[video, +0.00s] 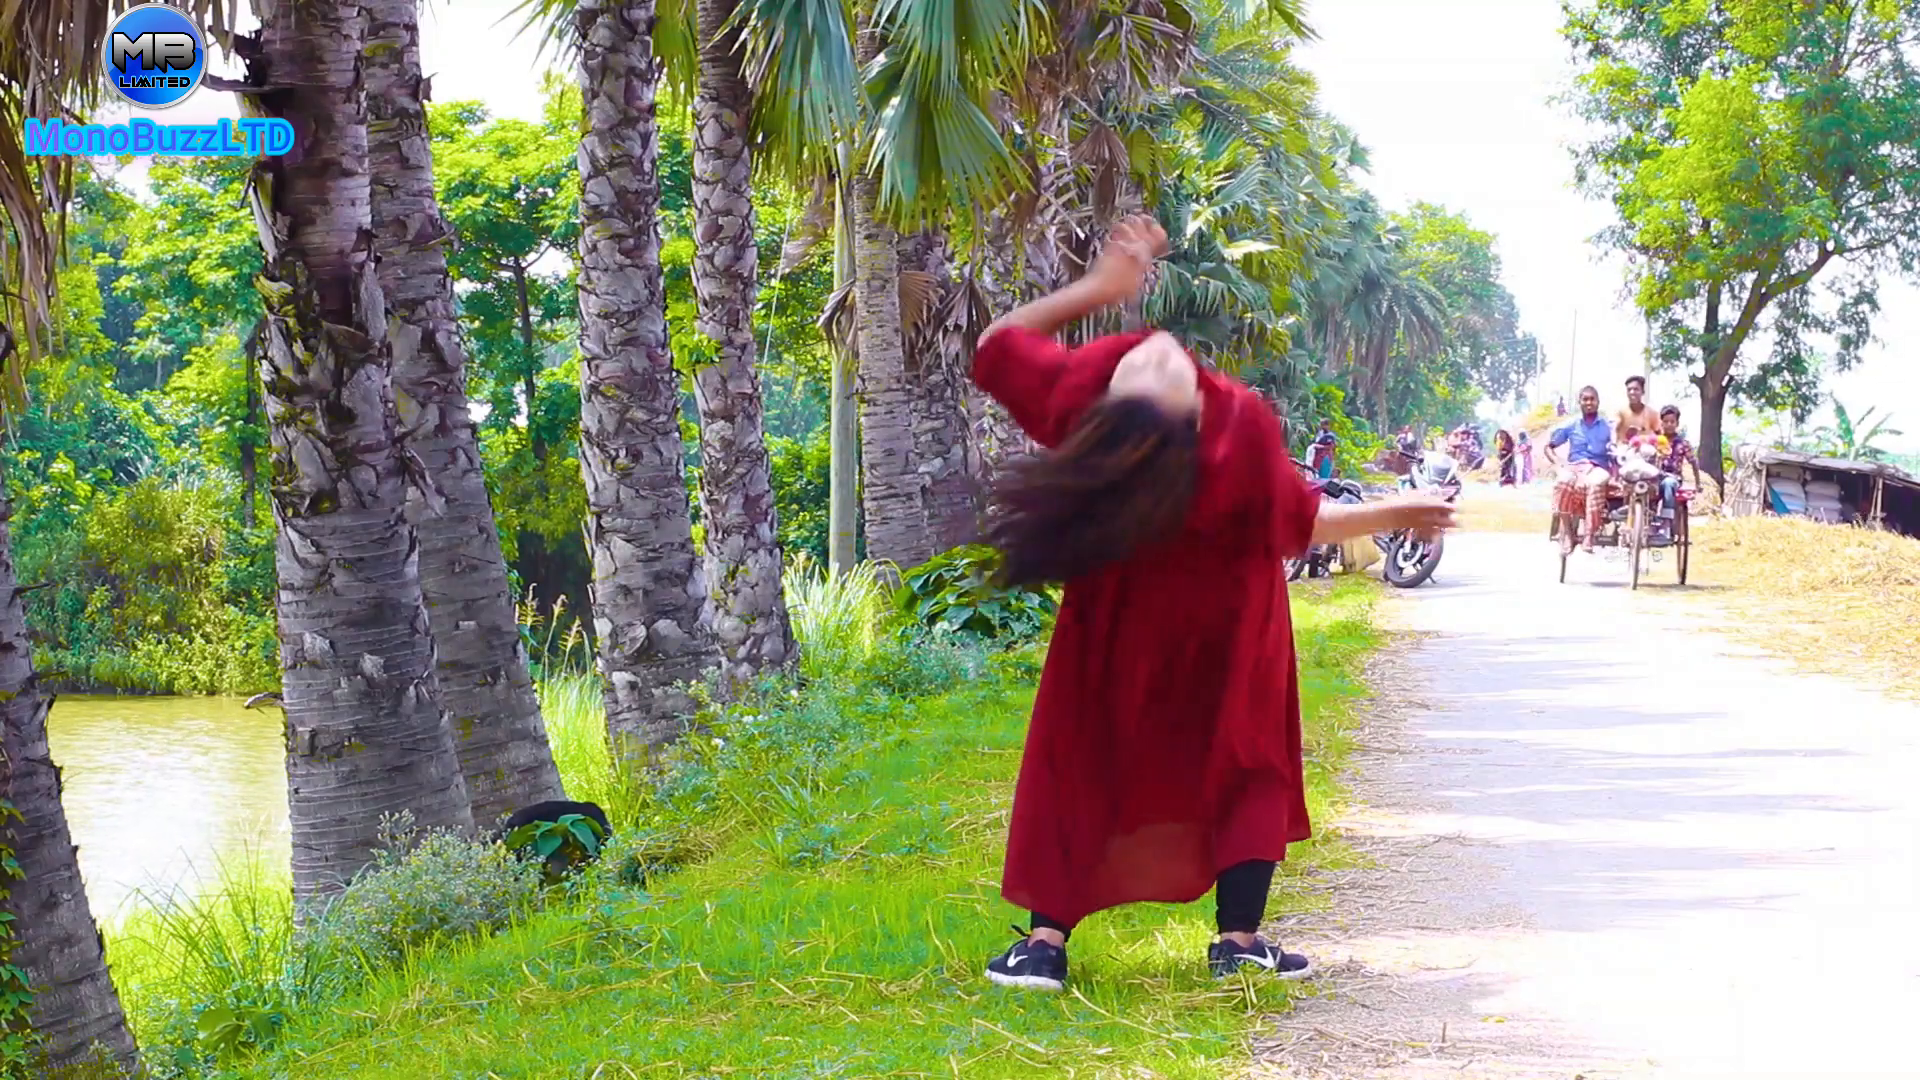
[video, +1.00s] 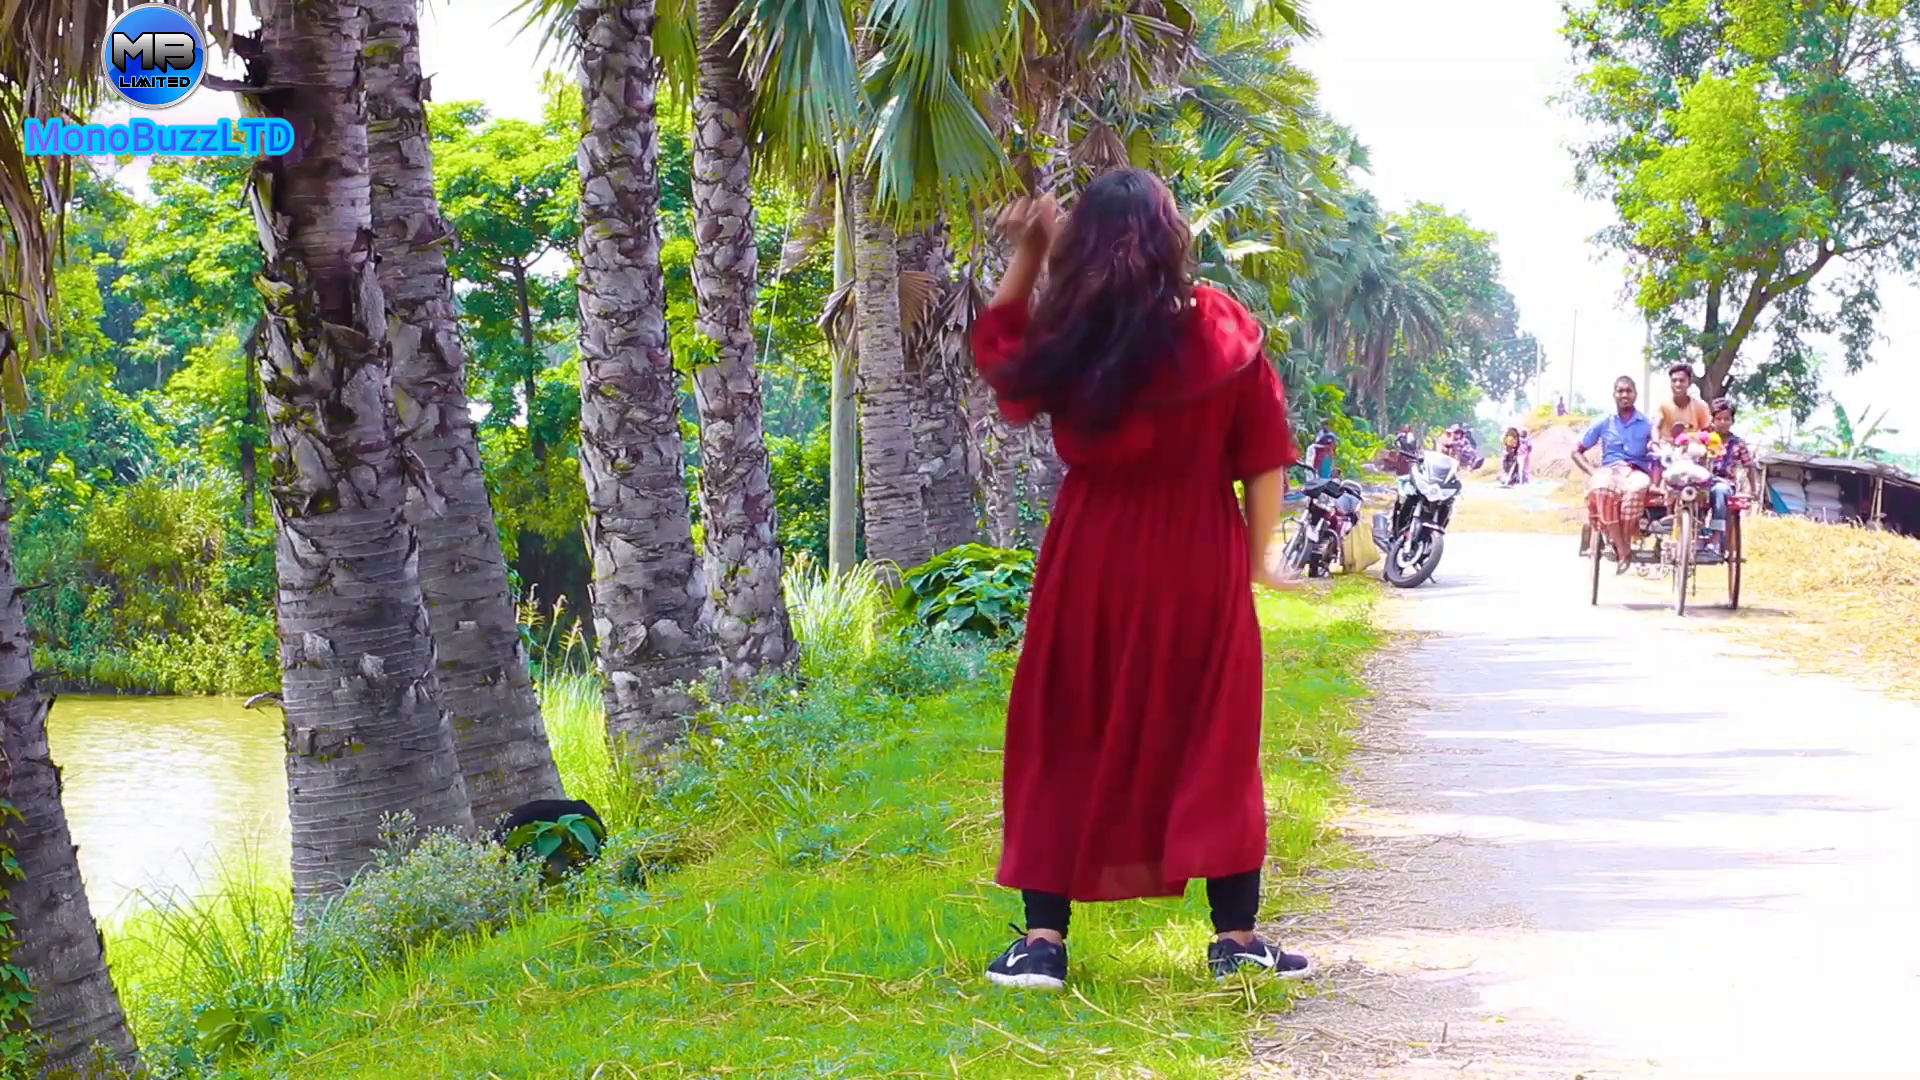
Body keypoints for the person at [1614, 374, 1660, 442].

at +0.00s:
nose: (1632, 392)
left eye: (1636, 389)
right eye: (1629, 389)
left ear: (1642, 392)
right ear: (1626, 392)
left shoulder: (1652, 414)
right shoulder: (1620, 413)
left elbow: (1659, 434)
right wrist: (1613, 443)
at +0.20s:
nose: (1640, 391)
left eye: (1644, 388)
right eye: (1637, 388)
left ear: (1651, 390)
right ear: (1635, 390)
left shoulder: (1661, 413)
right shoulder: (1629, 411)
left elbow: (1669, 433)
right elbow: (1621, 429)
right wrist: (1620, 443)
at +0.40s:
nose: (1649, 390)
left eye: (1653, 386)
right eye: (1646, 386)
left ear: (1660, 389)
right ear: (1643, 388)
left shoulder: (1669, 411)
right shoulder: (1637, 409)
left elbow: (1678, 432)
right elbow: (1629, 427)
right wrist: (1628, 441)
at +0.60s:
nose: (1658, 387)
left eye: (1662, 384)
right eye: (1655, 384)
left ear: (1669, 387)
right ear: (1652, 386)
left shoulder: (1679, 410)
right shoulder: (1644, 407)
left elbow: (1686, 432)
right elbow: (1637, 427)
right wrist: (1637, 441)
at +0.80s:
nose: (1668, 385)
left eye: (1672, 382)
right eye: (1664, 382)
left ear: (1679, 384)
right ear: (1661, 384)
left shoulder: (1688, 408)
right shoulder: (1654, 407)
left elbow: (1695, 430)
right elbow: (1646, 427)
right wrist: (1645, 442)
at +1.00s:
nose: (1678, 384)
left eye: (1682, 381)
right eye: (1674, 380)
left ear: (1689, 383)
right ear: (1670, 383)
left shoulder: (1701, 407)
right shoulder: (1664, 406)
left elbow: (1708, 431)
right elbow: (1656, 427)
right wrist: (1655, 441)